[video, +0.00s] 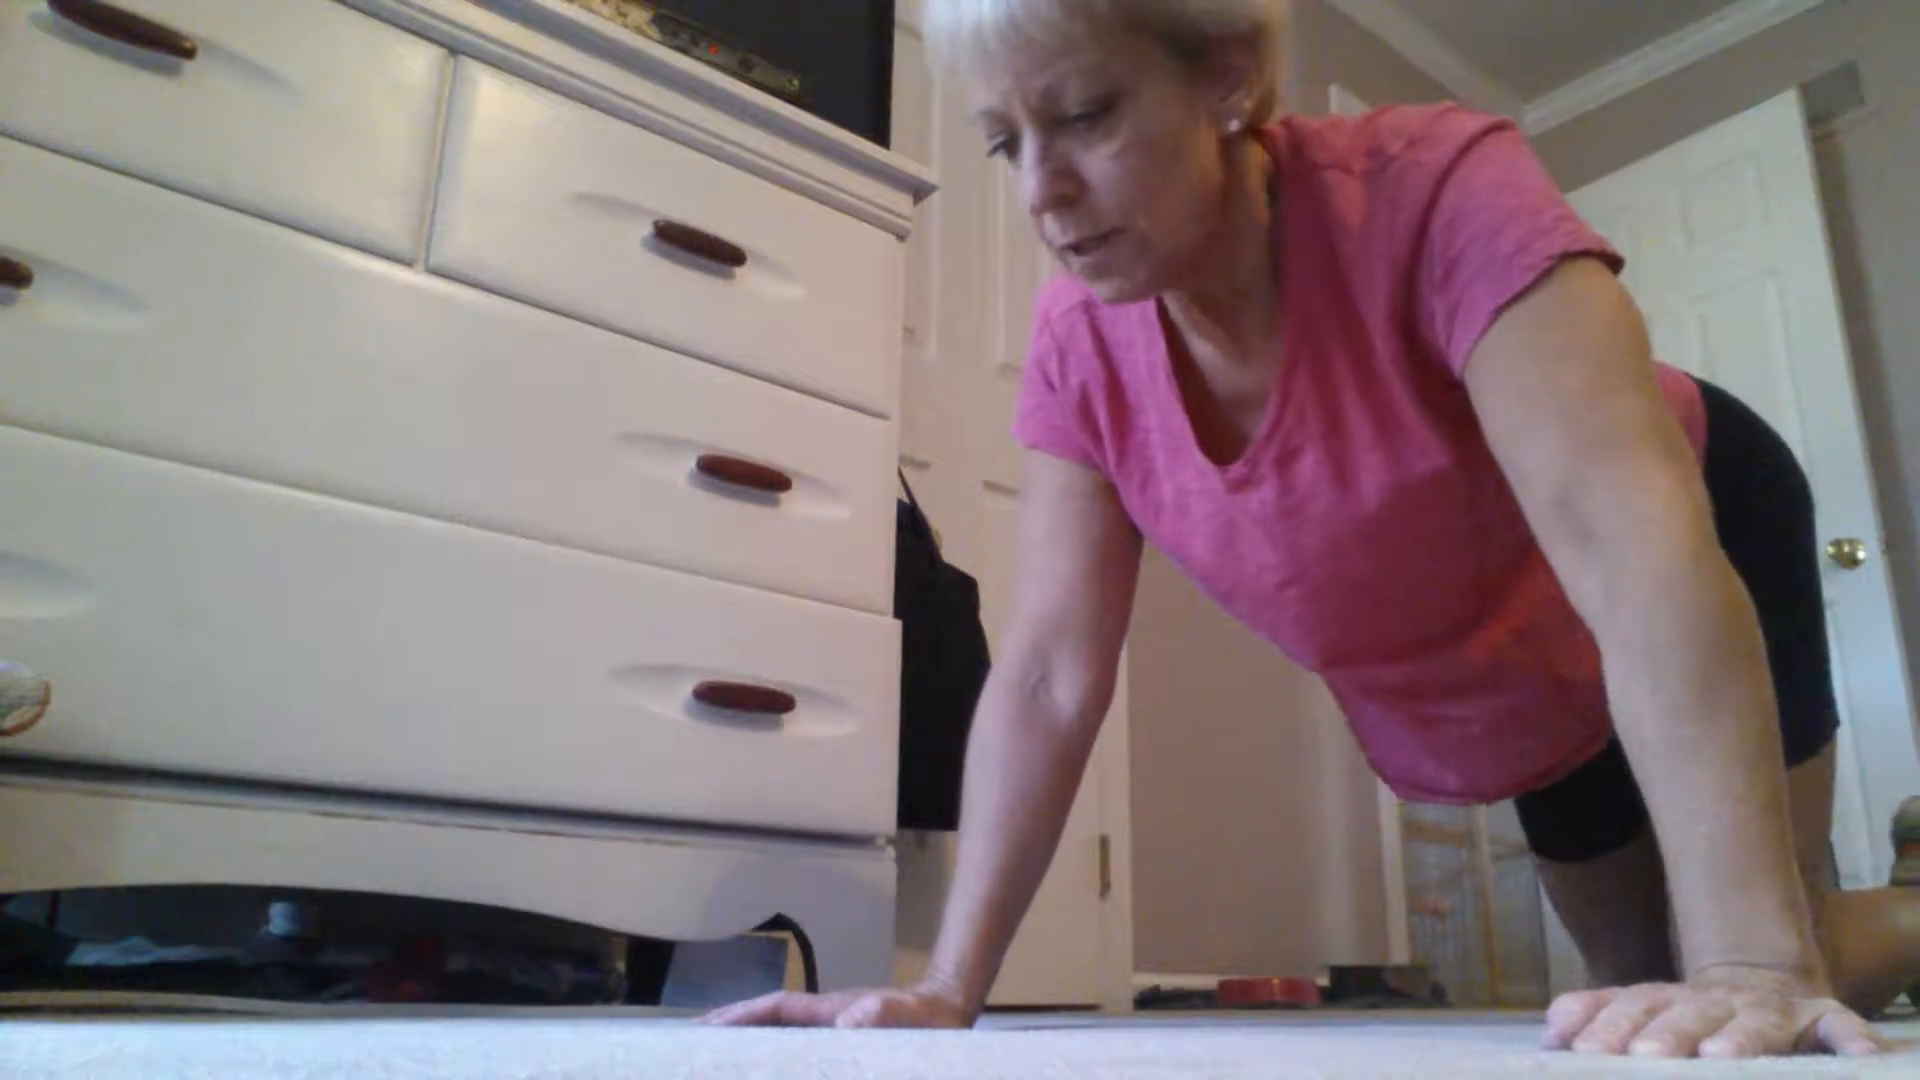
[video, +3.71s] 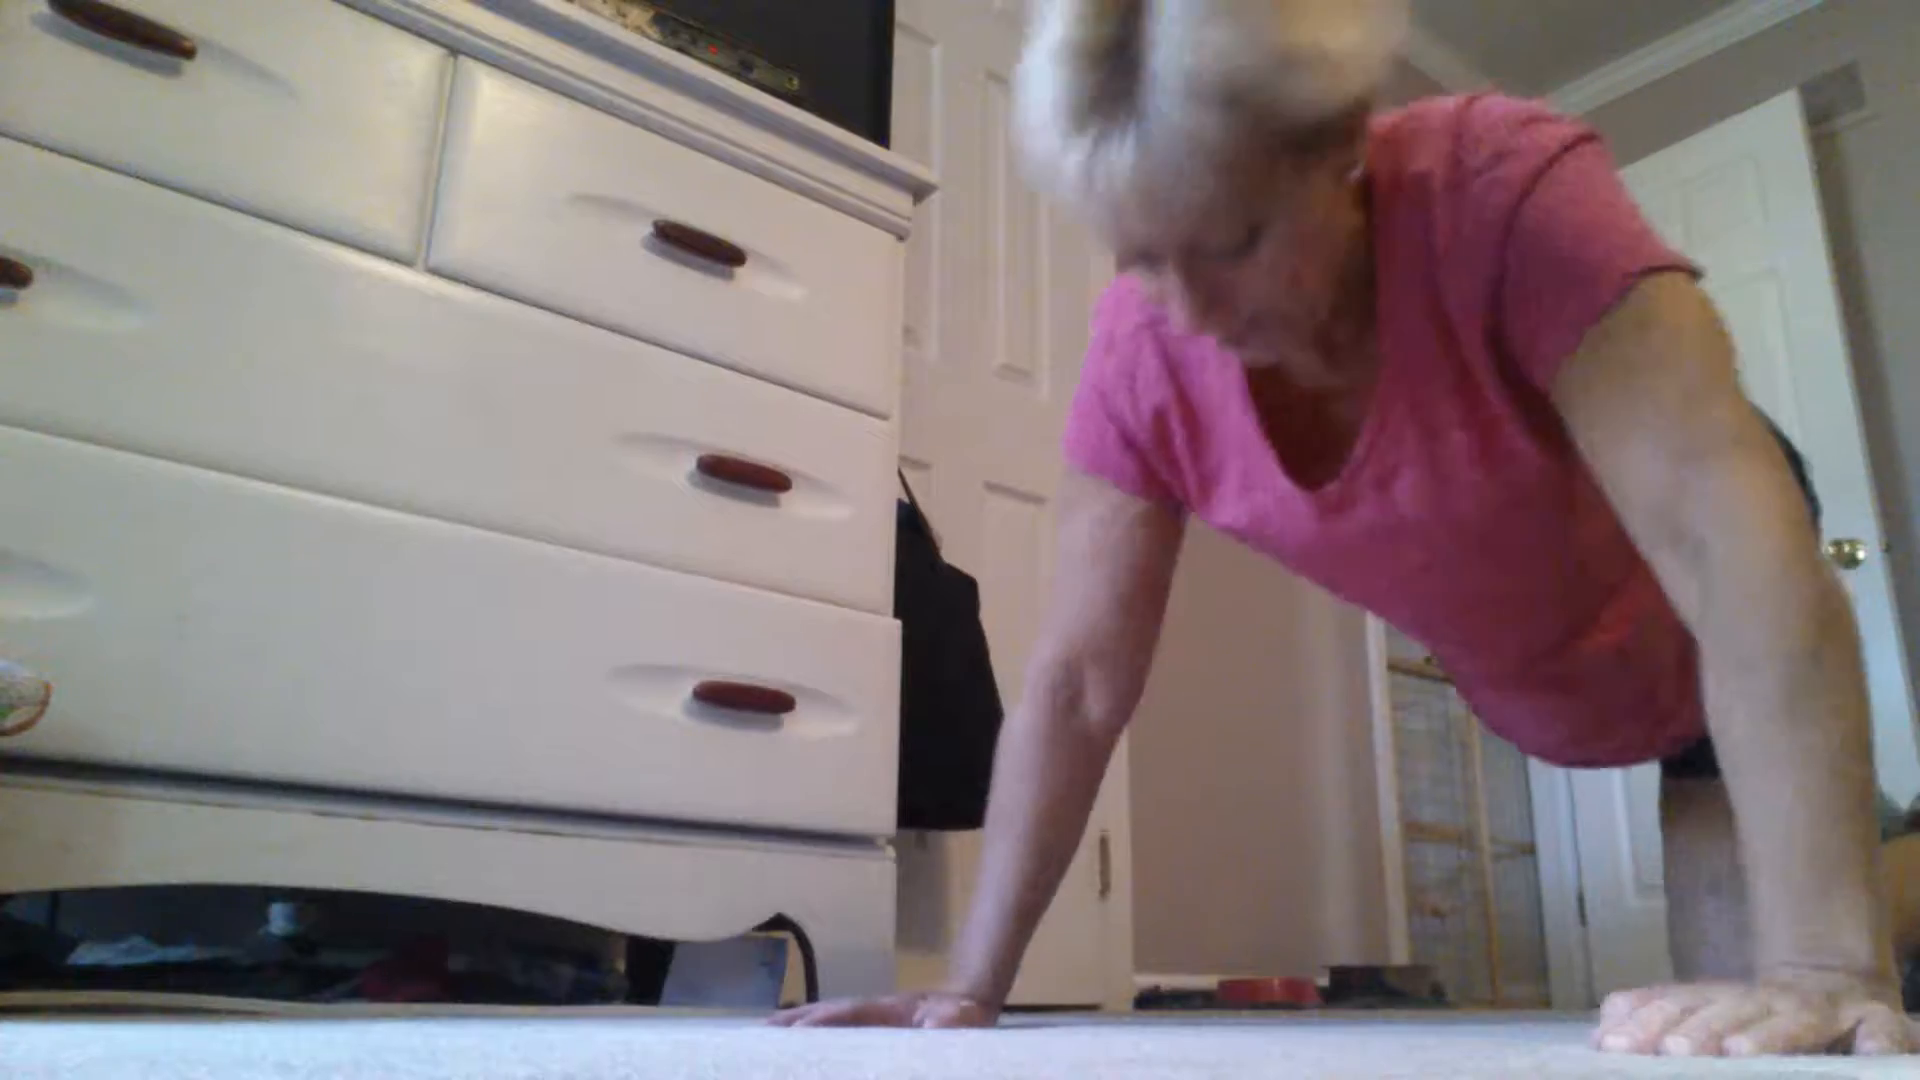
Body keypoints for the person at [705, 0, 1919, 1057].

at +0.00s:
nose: (1044, 193)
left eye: (1084, 121)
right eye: (1009, 142)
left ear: (1237, 80)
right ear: (990, 146)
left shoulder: (1444, 192)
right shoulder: (1084, 333)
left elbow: (1640, 541)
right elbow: (1045, 675)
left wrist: (1752, 973)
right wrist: (950, 983)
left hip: (1678, 548)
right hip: (1501, 665)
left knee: (1777, 956)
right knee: (1645, 999)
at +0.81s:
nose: (1099, 195)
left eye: (1145, 120)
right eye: (1057, 139)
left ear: (1300, 58)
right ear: (1029, 122)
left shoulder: (1510, 153)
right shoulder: (1120, 317)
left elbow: (1706, 516)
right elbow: (1060, 672)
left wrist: (1767, 966)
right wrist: (950, 983)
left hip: (1694, 583)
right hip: (1529, 694)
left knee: (1784, 920)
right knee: (1691, 843)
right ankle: (1867, 925)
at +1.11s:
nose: (1225, 149)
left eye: (1272, 69)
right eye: (1166, 101)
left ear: (1388, 41)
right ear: (1130, 111)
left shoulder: (1565, 130)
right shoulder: (1161, 311)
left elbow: (1722, 519)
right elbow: (1078, 684)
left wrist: (1769, 965)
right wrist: (953, 981)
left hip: (1723, 568)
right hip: (1553, 665)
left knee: (1776, 916)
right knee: (1703, 837)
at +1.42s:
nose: (1382, 116)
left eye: (1432, 45)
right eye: (1313, 62)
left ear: (1500, 33)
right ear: (1222, 71)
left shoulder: (1625, 131)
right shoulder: (1196, 302)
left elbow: (1736, 518)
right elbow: (1092, 676)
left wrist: (1770, 965)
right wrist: (953, 980)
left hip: (1751, 578)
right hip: (1556, 678)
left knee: (1777, 932)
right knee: (1765, 925)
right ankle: (1876, 922)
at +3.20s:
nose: (1278, 203)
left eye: (1328, 125)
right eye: (1215, 145)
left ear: (1439, 74)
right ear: (1170, 136)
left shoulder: (1574, 175)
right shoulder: (1173, 328)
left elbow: (1717, 534)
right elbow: (1076, 688)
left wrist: (1766, 972)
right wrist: (952, 984)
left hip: (1723, 602)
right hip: (1530, 697)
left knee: (1780, 949)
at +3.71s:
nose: (1195, 302)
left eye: (1232, 248)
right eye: (1152, 261)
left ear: (1343, 162)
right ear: (1111, 228)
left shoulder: (1501, 195)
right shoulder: (1142, 349)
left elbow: (1731, 518)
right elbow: (1080, 678)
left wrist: (1820, 976)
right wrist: (966, 991)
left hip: (1754, 621)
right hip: (1641, 703)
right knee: (1729, 1016)